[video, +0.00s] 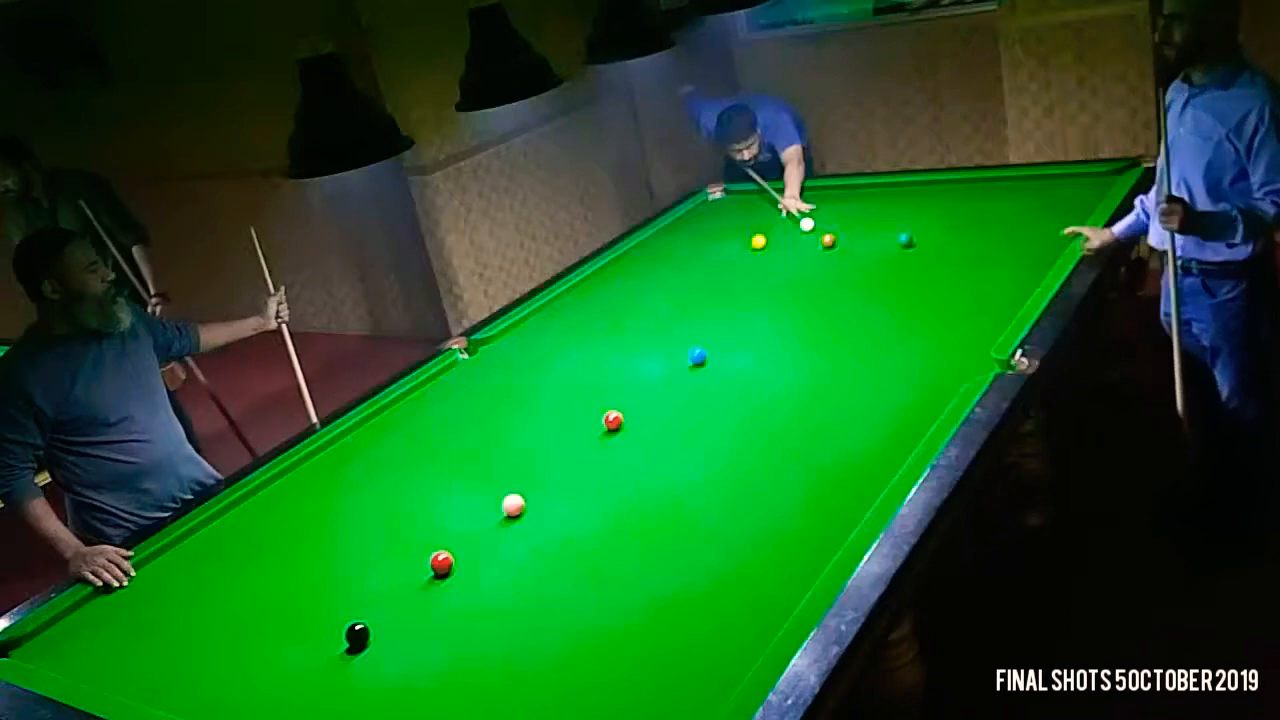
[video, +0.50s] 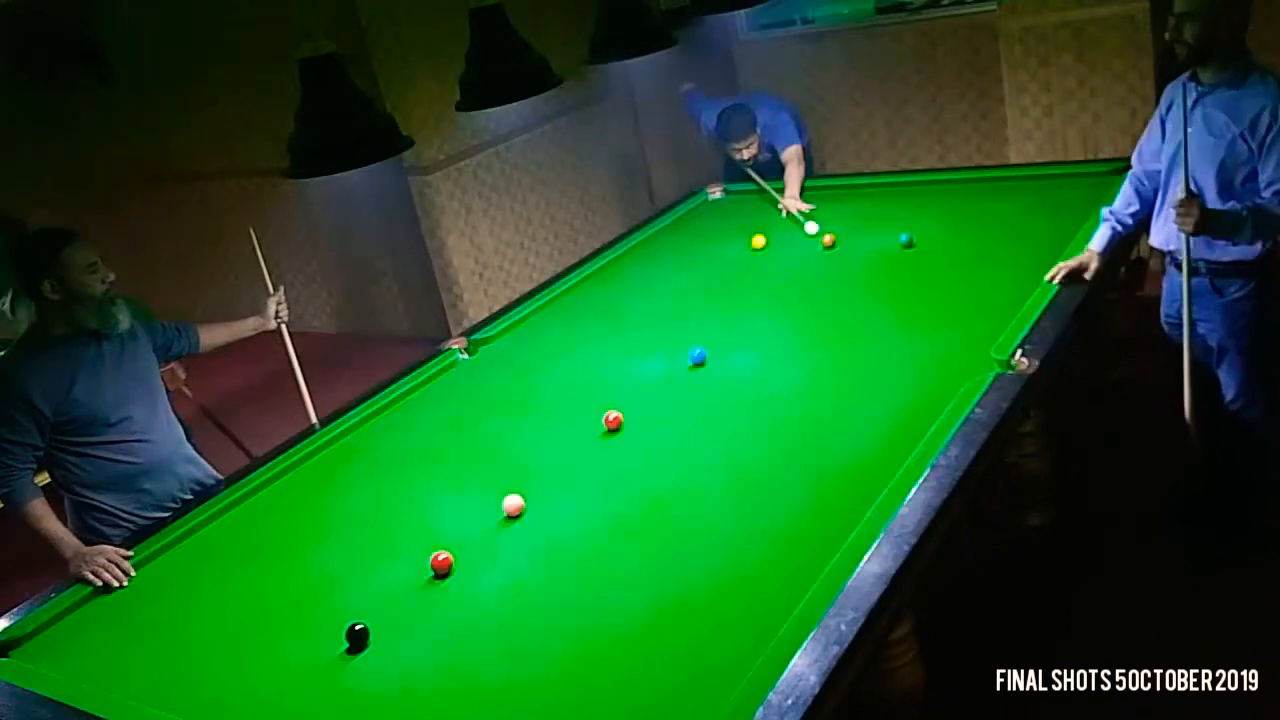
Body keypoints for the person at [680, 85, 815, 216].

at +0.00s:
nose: (746, 156)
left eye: (750, 148)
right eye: (737, 152)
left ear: (758, 134)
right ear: (721, 143)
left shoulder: (777, 121)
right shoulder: (710, 121)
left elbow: (794, 161)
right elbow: (691, 100)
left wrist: (791, 195)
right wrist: (687, 93)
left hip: (777, 157)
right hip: (736, 163)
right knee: (739, 211)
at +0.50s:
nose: (745, 156)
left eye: (750, 147)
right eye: (736, 151)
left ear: (758, 134)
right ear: (722, 142)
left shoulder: (776, 121)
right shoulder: (710, 120)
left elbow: (794, 160)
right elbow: (693, 99)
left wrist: (791, 196)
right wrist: (688, 90)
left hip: (777, 156)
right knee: (738, 210)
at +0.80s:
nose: (745, 153)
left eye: (750, 144)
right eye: (737, 148)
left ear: (759, 132)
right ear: (720, 141)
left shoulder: (777, 120)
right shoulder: (710, 116)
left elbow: (794, 160)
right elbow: (690, 93)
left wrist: (791, 196)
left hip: (778, 156)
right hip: (737, 162)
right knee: (740, 210)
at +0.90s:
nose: (746, 153)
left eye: (751, 144)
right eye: (737, 148)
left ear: (759, 131)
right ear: (721, 141)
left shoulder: (778, 120)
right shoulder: (710, 117)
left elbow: (795, 161)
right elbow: (690, 93)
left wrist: (791, 196)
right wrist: (711, 138)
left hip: (778, 156)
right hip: (737, 162)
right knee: (739, 210)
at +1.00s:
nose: (747, 152)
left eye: (751, 143)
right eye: (738, 148)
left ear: (760, 131)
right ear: (721, 141)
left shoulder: (778, 120)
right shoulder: (710, 117)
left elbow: (795, 160)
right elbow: (691, 95)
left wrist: (791, 196)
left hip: (779, 156)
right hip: (738, 162)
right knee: (739, 210)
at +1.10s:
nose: (747, 152)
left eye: (752, 143)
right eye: (738, 147)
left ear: (760, 131)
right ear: (722, 141)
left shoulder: (779, 120)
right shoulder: (710, 118)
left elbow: (795, 161)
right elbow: (690, 95)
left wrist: (791, 196)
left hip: (779, 157)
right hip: (738, 162)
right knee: (740, 211)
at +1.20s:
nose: (747, 152)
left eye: (752, 143)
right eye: (739, 147)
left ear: (761, 130)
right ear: (723, 140)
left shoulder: (778, 118)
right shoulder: (710, 118)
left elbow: (795, 160)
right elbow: (690, 96)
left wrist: (791, 196)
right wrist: (714, 141)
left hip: (778, 157)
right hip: (738, 162)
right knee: (740, 213)